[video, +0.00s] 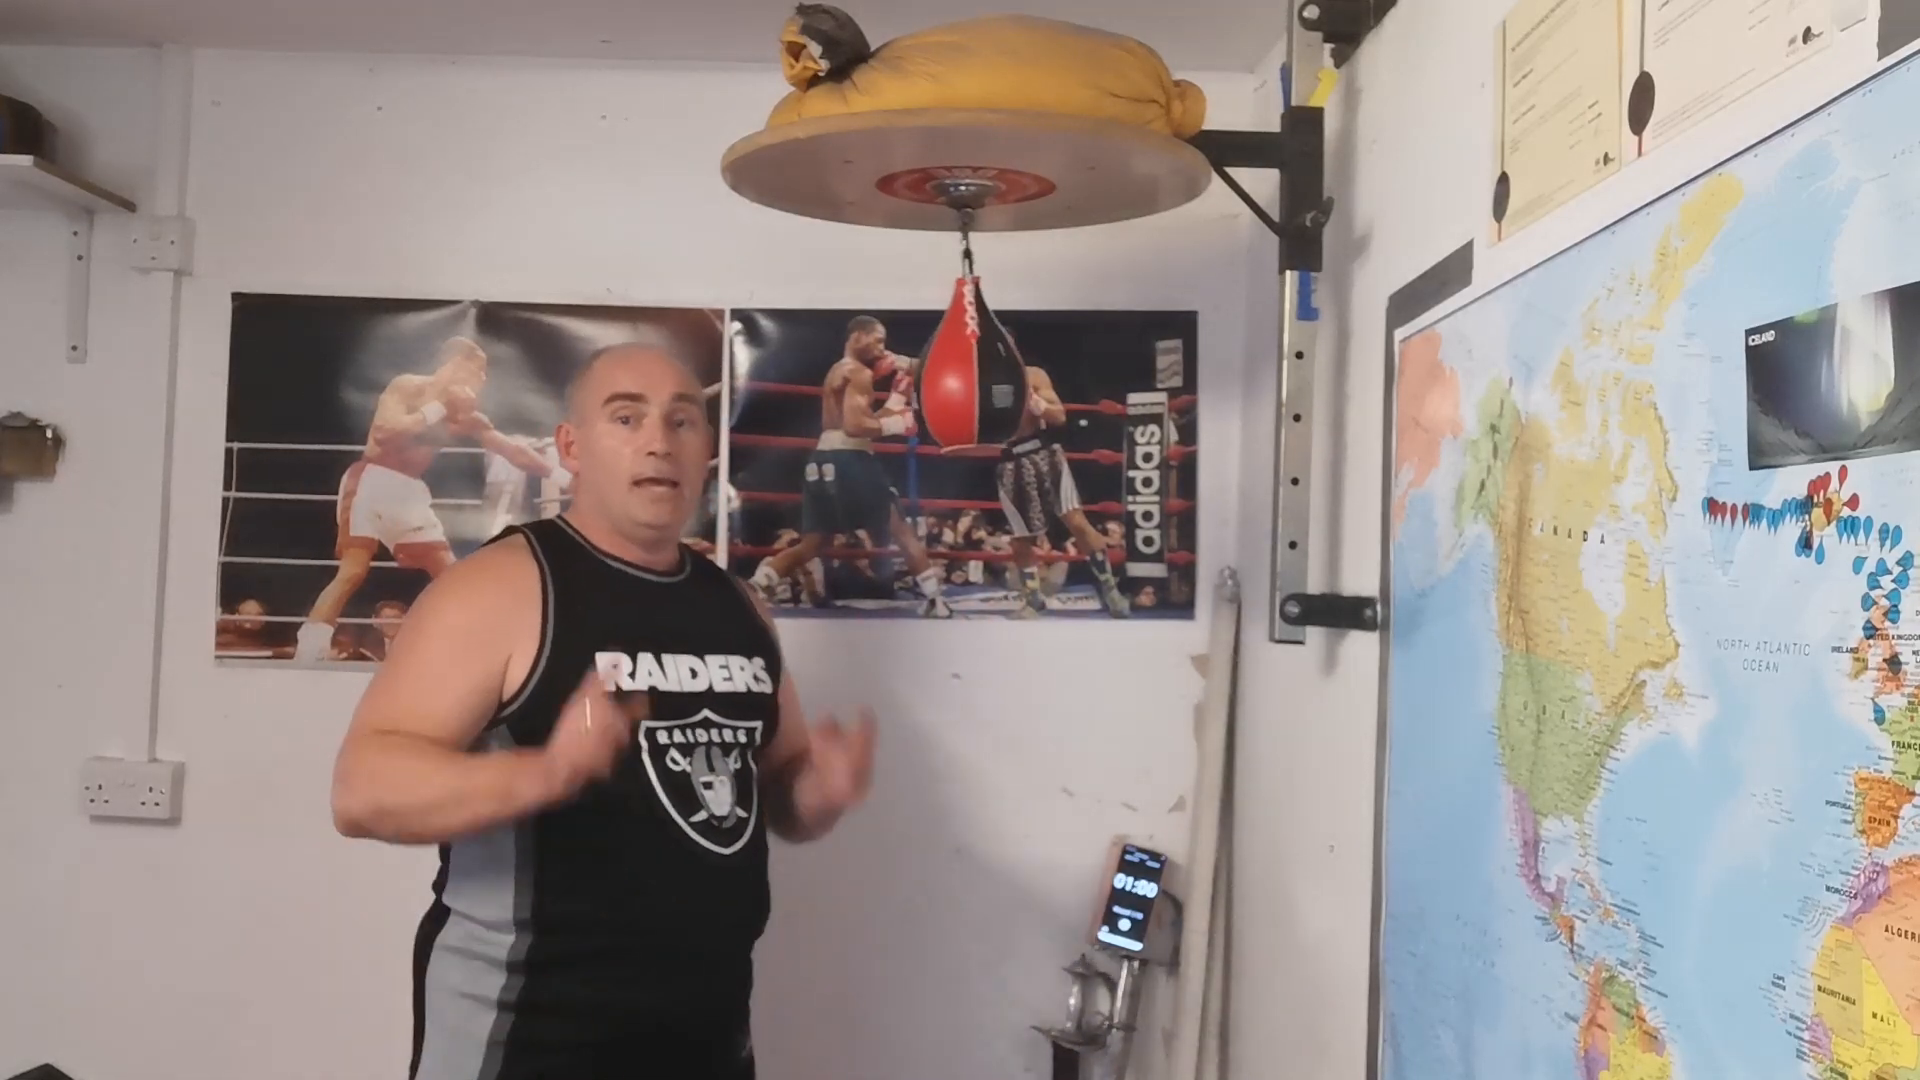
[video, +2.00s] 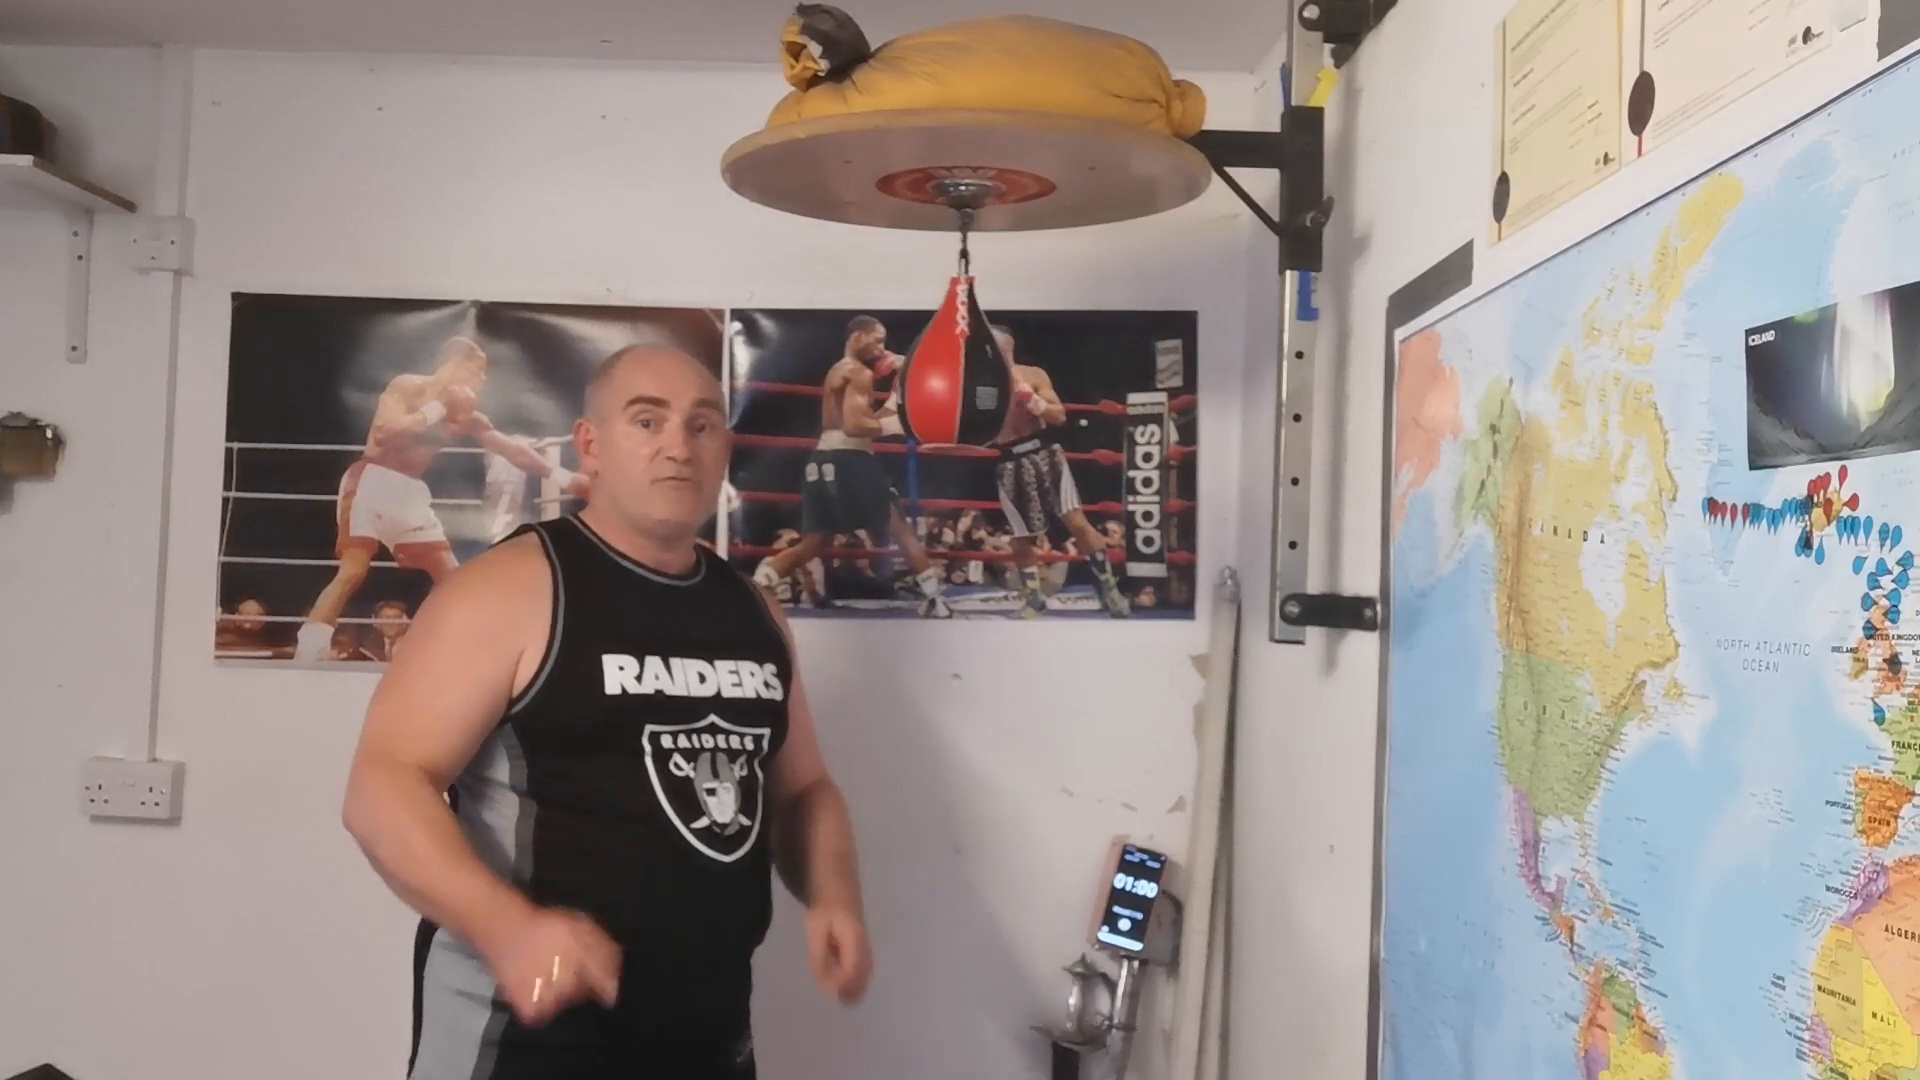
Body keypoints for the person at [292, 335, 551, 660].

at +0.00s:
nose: (480, 381)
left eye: (483, 374)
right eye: (475, 370)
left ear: (474, 378)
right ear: (452, 364)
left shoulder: (464, 409)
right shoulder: (406, 386)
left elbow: (507, 448)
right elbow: (384, 432)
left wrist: (555, 473)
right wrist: (436, 411)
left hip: (409, 493)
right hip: (369, 483)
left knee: (449, 573)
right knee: (352, 572)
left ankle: (466, 651)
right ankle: (308, 649)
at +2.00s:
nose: (476, 384)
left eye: (479, 377)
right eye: (472, 374)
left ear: (476, 380)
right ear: (451, 365)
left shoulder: (464, 415)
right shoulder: (404, 386)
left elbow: (511, 449)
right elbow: (383, 433)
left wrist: (563, 478)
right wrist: (436, 409)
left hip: (408, 492)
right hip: (367, 483)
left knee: (448, 573)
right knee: (353, 570)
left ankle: (461, 654)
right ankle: (306, 652)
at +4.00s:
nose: (479, 384)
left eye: (481, 377)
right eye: (476, 374)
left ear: (471, 379)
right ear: (454, 367)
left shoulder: (463, 415)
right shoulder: (405, 386)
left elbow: (510, 450)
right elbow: (384, 433)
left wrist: (563, 478)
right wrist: (437, 408)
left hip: (409, 493)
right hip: (370, 483)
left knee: (448, 573)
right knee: (353, 571)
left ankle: (460, 651)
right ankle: (305, 650)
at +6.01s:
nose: (475, 386)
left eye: (479, 380)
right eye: (472, 376)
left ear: (475, 384)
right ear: (451, 367)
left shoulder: (463, 415)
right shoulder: (406, 387)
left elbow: (511, 450)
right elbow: (384, 432)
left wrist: (566, 478)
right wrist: (437, 409)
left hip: (409, 492)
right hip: (370, 481)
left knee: (449, 573)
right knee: (353, 571)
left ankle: (424, 656)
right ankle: (306, 652)